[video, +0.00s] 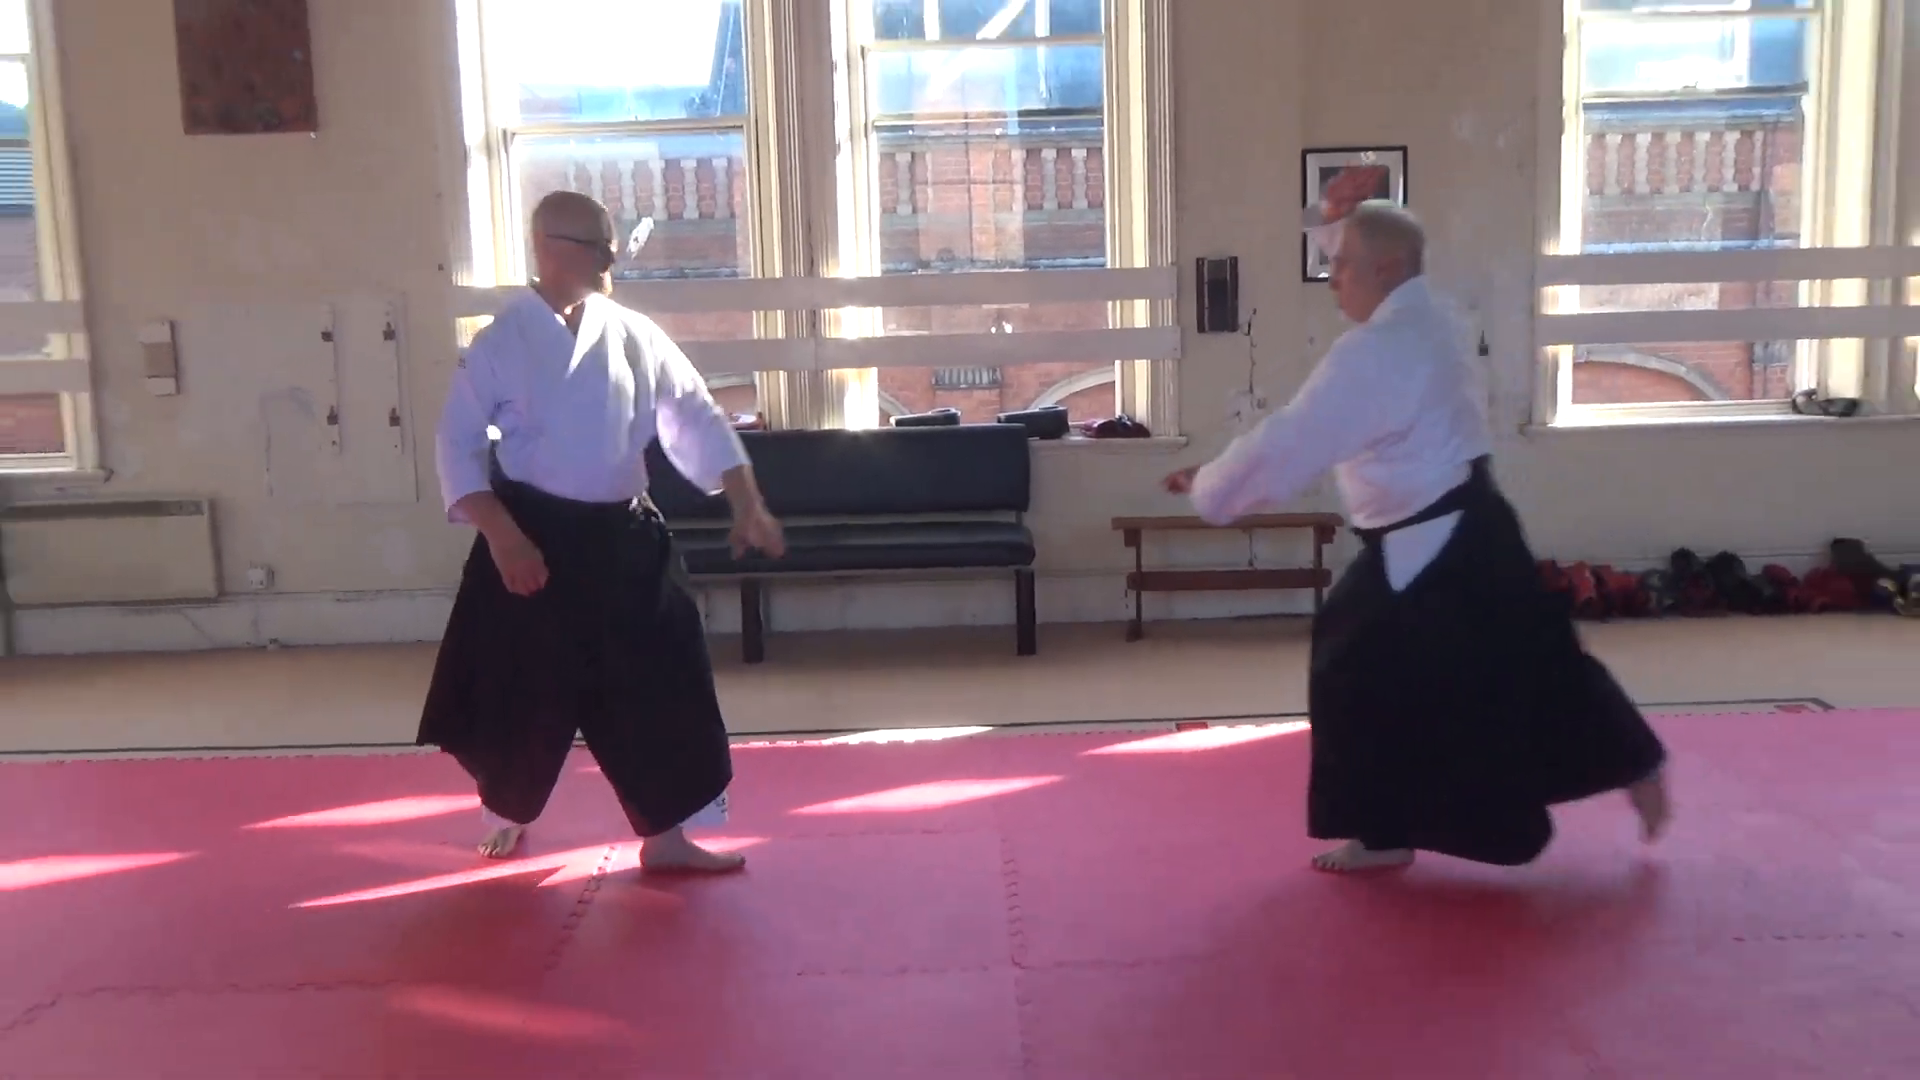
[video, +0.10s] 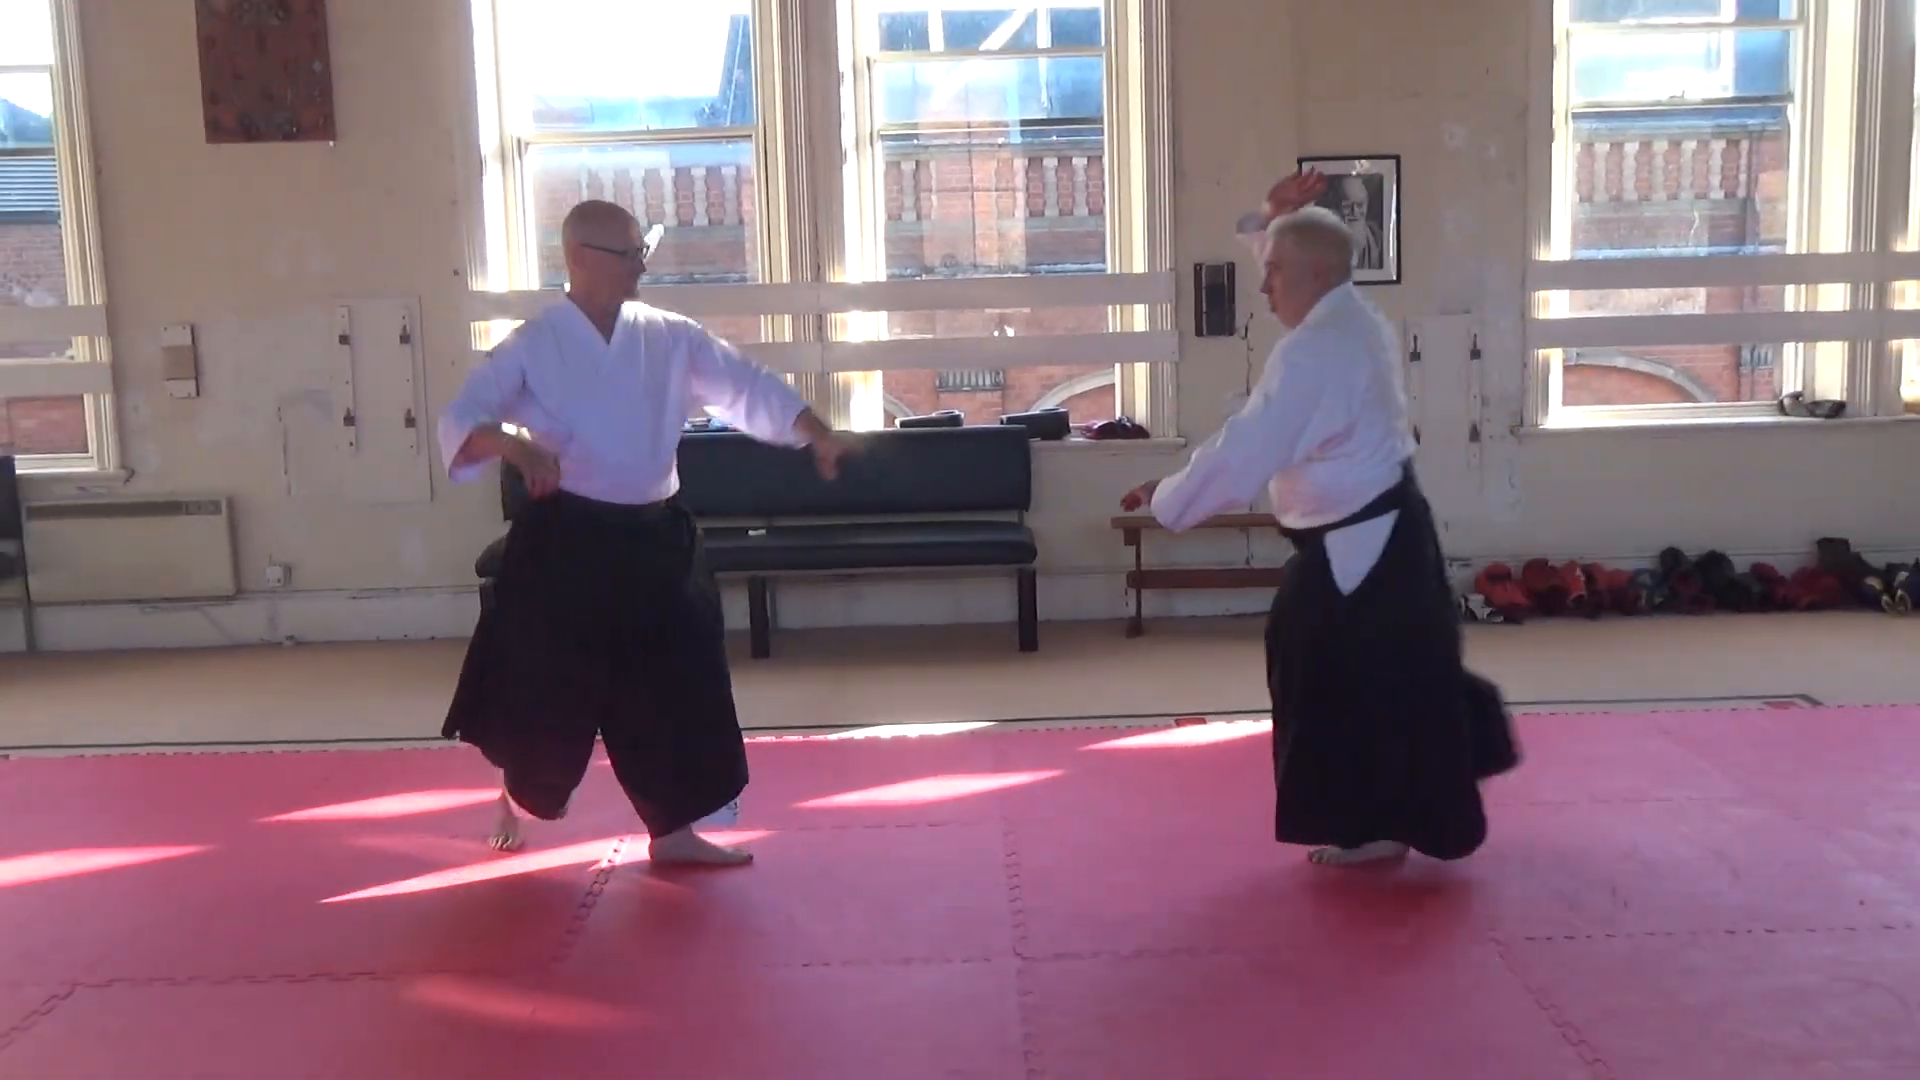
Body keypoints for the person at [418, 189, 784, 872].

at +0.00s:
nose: (604, 255)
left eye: (602, 242)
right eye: (580, 240)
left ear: (600, 253)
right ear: (544, 248)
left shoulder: (634, 336)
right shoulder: (504, 341)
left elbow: (697, 415)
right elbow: (457, 445)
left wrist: (745, 498)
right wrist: (503, 536)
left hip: (625, 536)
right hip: (534, 537)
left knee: (656, 683)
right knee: (522, 683)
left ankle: (664, 837)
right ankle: (510, 812)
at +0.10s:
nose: (640, 266)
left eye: (641, 254)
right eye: (627, 254)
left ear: (633, 259)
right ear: (581, 257)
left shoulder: (668, 337)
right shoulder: (534, 343)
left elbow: (747, 383)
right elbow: (456, 428)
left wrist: (817, 432)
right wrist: (512, 446)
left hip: (653, 531)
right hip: (566, 531)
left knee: (669, 680)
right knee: (554, 680)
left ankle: (673, 832)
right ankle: (516, 797)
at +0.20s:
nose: (658, 266)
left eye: (658, 254)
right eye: (644, 255)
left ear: (650, 259)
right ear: (595, 259)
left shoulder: (688, 332)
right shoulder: (553, 337)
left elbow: (773, 338)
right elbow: (464, 372)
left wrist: (861, 347)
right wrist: (523, 347)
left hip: (676, 532)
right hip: (588, 532)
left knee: (686, 684)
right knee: (555, 682)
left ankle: (676, 830)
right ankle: (514, 805)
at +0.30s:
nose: (674, 269)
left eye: (672, 256)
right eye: (661, 257)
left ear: (648, 264)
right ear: (613, 264)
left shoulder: (706, 327)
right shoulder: (561, 341)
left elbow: (795, 304)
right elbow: (474, 318)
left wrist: (889, 280)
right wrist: (550, 269)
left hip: (696, 541)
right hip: (606, 540)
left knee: (702, 686)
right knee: (565, 699)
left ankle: (686, 829)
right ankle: (516, 854)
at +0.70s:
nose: (730, 254)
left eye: (728, 241)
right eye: (723, 241)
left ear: (653, 245)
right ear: (696, 247)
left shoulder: (620, 326)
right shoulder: (711, 343)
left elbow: (692, 327)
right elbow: (843, 356)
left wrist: (751, 302)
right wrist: (868, 260)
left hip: (628, 539)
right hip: (690, 549)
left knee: (699, 707)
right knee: (764, 723)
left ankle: (708, 884)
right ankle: (747, 921)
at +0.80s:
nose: (762, 258)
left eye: (761, 244)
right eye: (758, 245)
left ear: (686, 242)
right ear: (733, 246)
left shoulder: (630, 322)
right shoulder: (744, 337)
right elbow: (850, 361)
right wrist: (903, 299)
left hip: (627, 534)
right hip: (712, 543)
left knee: (670, 701)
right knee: (787, 714)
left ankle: (644, 854)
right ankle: (769, 912)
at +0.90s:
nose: (794, 250)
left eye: (794, 237)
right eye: (793, 237)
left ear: (720, 229)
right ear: (773, 235)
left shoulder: (652, 313)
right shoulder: (786, 324)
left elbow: (632, 384)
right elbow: (870, 395)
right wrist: (875, 352)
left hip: (660, 529)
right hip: (755, 533)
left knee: (680, 706)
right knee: (808, 705)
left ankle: (636, 881)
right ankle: (795, 900)